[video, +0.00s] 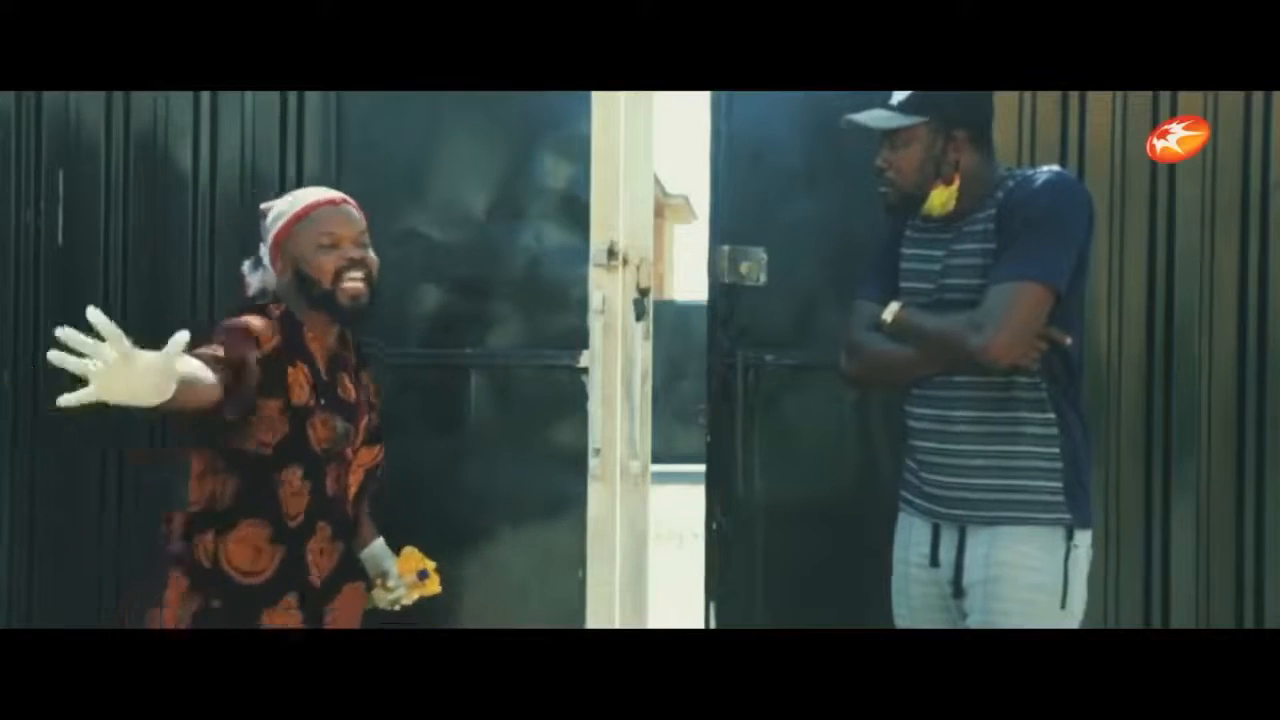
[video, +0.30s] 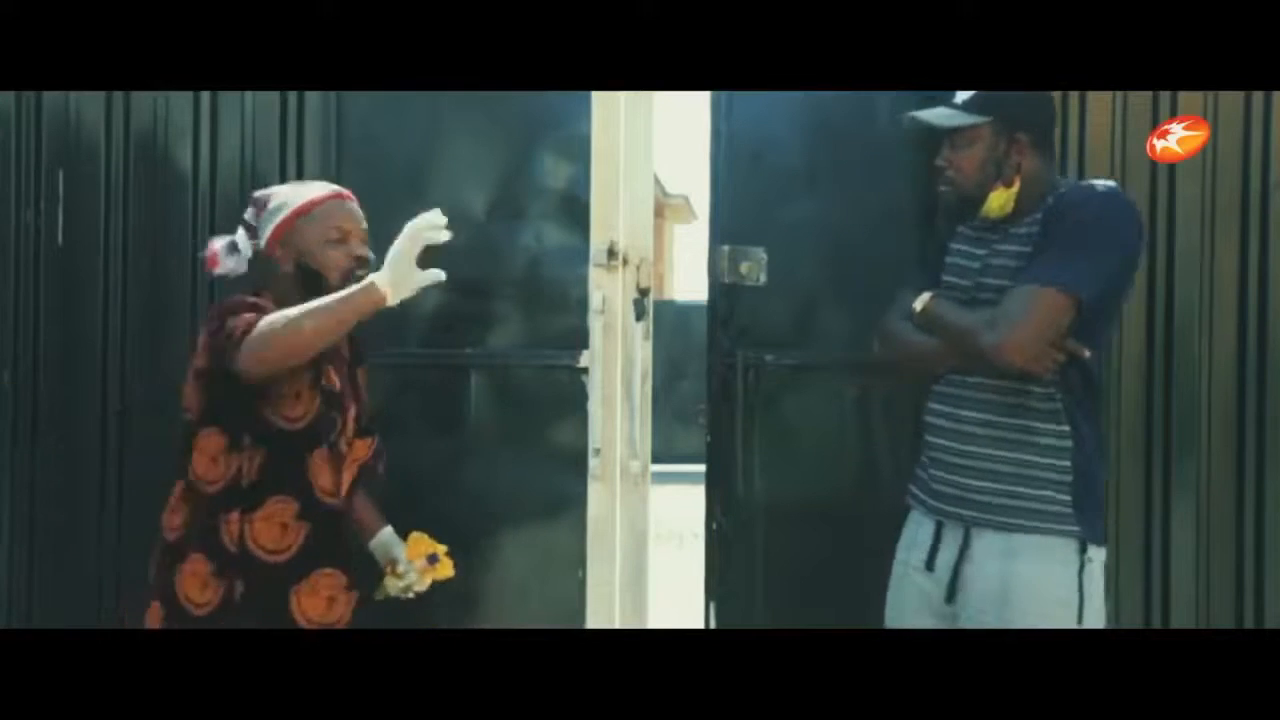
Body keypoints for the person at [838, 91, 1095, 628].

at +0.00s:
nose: (879, 162)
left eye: (896, 144)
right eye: (880, 145)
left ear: (956, 144)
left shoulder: (1048, 195)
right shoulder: (905, 221)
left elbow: (997, 343)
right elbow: (856, 359)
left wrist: (894, 316)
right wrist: (982, 339)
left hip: (1027, 521)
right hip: (923, 511)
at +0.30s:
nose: (941, 159)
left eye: (959, 142)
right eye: (943, 143)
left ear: (1016, 149)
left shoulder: (1097, 210)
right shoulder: (969, 230)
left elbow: (1012, 343)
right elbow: (891, 341)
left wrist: (925, 304)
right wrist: (1001, 342)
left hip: (1038, 536)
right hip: (933, 518)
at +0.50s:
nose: (989, 155)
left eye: (1007, 137)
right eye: (990, 137)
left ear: (1064, 144)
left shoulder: (1152, 206)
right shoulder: (998, 226)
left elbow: (1079, 339)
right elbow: (928, 340)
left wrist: (974, 302)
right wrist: (1052, 335)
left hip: (1088, 533)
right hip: (973, 519)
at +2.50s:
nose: (991, 154)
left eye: (1008, 138)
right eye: (990, 138)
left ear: (1067, 138)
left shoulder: (1163, 190)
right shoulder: (1005, 216)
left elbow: (1095, 329)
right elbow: (941, 342)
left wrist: (984, 300)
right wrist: (1071, 329)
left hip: (1120, 527)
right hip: (1002, 515)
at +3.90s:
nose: (977, 168)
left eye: (992, 148)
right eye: (975, 149)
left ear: (1054, 143)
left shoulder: (1154, 188)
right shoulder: (998, 216)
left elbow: (1092, 330)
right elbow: (939, 344)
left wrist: (983, 303)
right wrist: (1067, 327)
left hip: (1121, 528)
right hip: (1002, 517)